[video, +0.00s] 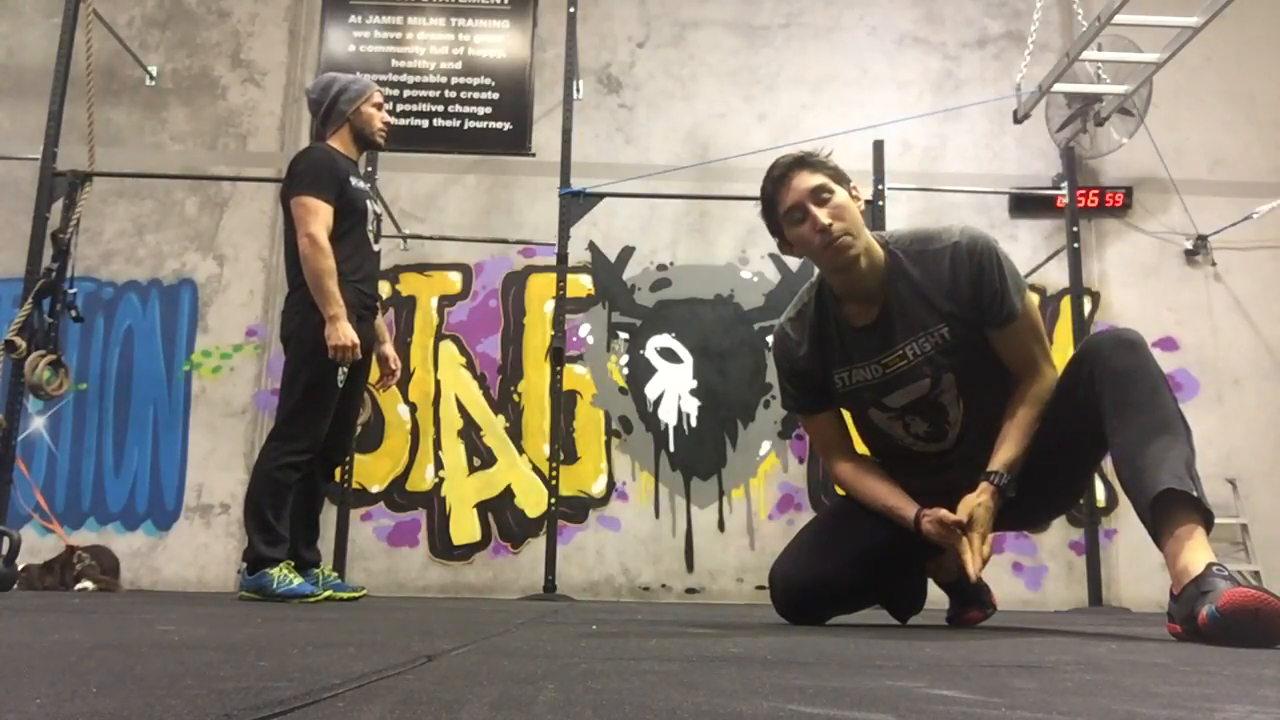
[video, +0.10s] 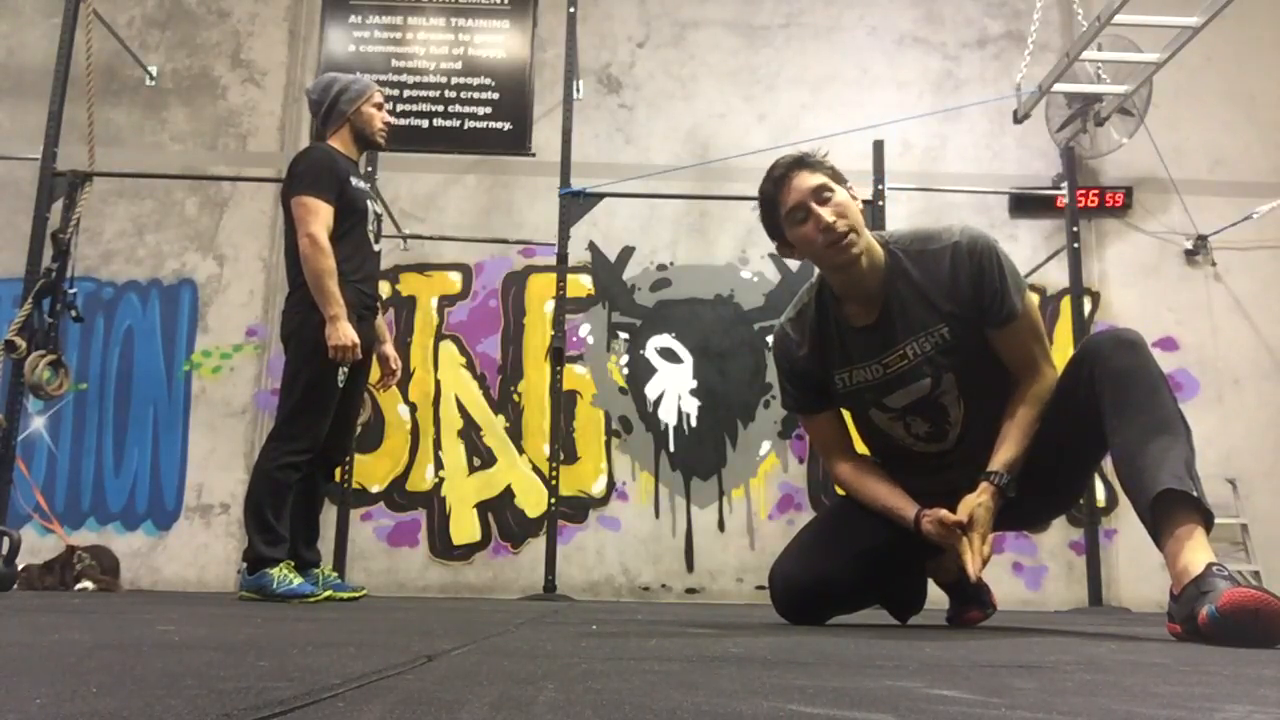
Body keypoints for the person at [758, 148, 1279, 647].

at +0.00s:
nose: (819, 217)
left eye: (823, 196)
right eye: (796, 218)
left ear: (857, 195)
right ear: (788, 248)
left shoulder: (963, 259)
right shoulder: (800, 342)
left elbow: (1037, 378)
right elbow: (838, 458)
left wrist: (992, 488)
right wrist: (917, 518)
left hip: (1015, 471)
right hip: (909, 498)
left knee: (1116, 349)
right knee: (795, 591)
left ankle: (1195, 578)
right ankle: (936, 561)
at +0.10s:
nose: (823, 215)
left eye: (825, 195)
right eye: (800, 216)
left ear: (856, 197)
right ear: (789, 250)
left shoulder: (965, 260)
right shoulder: (800, 343)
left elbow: (1037, 379)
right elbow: (839, 458)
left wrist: (991, 487)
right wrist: (917, 519)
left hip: (1016, 469)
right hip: (910, 496)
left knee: (1116, 349)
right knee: (795, 591)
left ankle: (1195, 577)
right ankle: (934, 560)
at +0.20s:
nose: (823, 217)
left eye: (824, 196)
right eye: (799, 218)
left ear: (854, 197)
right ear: (789, 251)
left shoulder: (963, 259)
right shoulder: (800, 343)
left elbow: (1037, 378)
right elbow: (839, 458)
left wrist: (992, 488)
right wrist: (918, 519)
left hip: (1015, 469)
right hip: (910, 496)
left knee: (1115, 348)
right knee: (795, 591)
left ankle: (1195, 577)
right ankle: (933, 559)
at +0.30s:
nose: (821, 218)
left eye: (824, 197)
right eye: (798, 219)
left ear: (854, 197)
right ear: (789, 251)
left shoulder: (963, 259)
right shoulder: (800, 342)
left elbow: (1036, 378)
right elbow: (839, 458)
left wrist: (992, 488)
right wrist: (918, 519)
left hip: (1014, 469)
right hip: (909, 497)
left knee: (1115, 348)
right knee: (795, 591)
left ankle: (1195, 577)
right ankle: (933, 560)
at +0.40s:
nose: (820, 220)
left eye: (823, 198)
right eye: (797, 220)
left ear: (854, 197)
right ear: (788, 250)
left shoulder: (963, 259)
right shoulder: (800, 343)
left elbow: (1037, 378)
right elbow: (839, 457)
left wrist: (992, 488)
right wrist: (917, 519)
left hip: (1014, 470)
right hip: (909, 496)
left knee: (1115, 348)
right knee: (795, 591)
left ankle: (1195, 577)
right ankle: (934, 561)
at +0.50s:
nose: (820, 221)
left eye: (823, 199)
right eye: (797, 221)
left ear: (854, 197)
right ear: (788, 250)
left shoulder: (963, 259)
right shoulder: (800, 343)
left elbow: (1037, 378)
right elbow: (839, 458)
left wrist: (992, 488)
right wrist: (918, 519)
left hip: (1015, 469)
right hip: (911, 496)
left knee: (1115, 348)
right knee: (795, 591)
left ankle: (1195, 578)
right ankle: (934, 561)